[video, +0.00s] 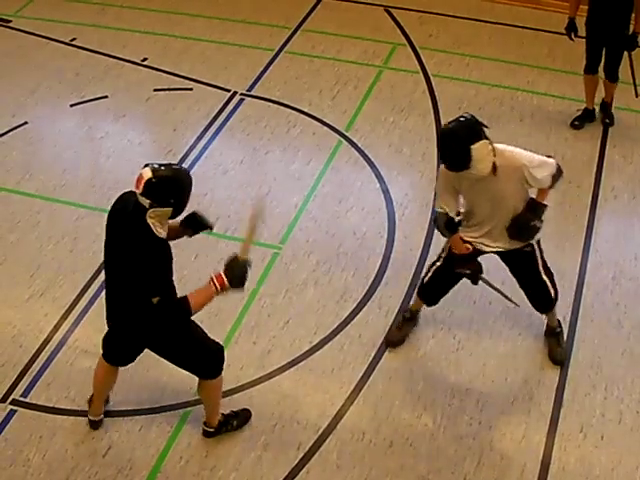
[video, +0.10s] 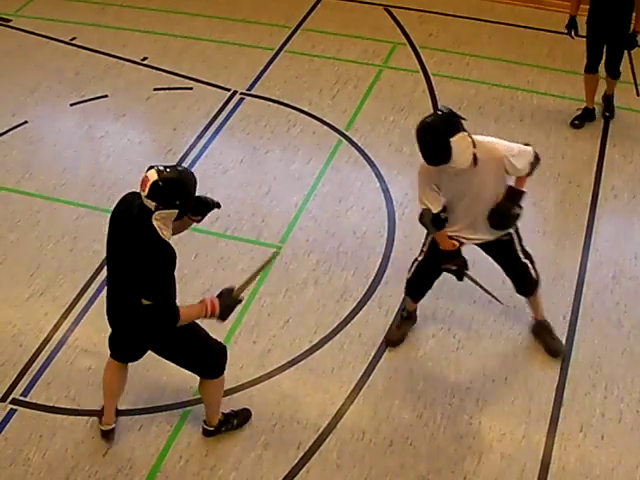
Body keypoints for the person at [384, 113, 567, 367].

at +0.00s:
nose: (481, 169)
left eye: (480, 162)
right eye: (473, 166)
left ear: (484, 149)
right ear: (459, 163)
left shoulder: (514, 160)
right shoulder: (450, 173)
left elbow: (552, 171)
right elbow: (442, 213)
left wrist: (535, 210)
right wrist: (453, 238)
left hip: (515, 240)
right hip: (471, 238)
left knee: (542, 293)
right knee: (434, 284)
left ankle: (553, 325)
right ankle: (412, 313)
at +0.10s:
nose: (460, 162)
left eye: (459, 155)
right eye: (452, 160)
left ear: (462, 141)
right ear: (437, 157)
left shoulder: (492, 150)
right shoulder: (430, 170)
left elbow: (528, 159)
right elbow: (430, 213)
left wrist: (512, 200)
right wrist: (445, 245)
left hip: (494, 227)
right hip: (452, 229)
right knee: (419, 279)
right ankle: (406, 314)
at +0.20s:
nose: (425, 152)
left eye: (430, 146)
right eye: (420, 148)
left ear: (442, 133)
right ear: (413, 140)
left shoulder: (474, 137)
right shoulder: (413, 162)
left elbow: (511, 149)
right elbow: (419, 210)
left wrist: (496, 190)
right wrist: (434, 243)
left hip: (479, 218)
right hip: (437, 225)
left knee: (504, 270)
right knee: (414, 278)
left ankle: (515, 305)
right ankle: (408, 312)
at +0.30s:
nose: (430, 141)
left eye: (433, 135)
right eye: (423, 137)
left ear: (443, 120)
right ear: (414, 131)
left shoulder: (474, 127)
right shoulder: (412, 151)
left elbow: (508, 142)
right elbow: (416, 199)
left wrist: (492, 182)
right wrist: (435, 236)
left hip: (475, 211)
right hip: (434, 217)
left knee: (498, 265)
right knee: (416, 269)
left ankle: (486, 287)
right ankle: (414, 311)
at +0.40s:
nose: (449, 134)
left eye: (452, 128)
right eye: (442, 131)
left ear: (462, 112)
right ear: (429, 124)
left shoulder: (488, 124)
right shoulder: (423, 144)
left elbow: (517, 146)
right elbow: (426, 191)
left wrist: (499, 183)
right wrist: (437, 232)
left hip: (481, 214)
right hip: (442, 218)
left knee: (490, 262)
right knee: (430, 270)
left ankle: (468, 270)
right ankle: (431, 314)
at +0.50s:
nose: (456, 134)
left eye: (459, 127)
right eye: (449, 130)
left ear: (469, 113)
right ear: (437, 123)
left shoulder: (493, 128)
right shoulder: (426, 141)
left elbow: (515, 154)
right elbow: (422, 189)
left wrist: (497, 188)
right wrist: (436, 231)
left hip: (475, 213)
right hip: (438, 215)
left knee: (476, 259)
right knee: (431, 272)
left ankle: (460, 262)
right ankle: (438, 319)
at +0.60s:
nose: (459, 141)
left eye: (466, 137)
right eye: (455, 136)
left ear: (482, 127)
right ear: (450, 124)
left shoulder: (501, 140)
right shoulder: (438, 141)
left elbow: (516, 166)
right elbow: (407, 190)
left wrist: (496, 197)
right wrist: (428, 230)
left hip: (472, 221)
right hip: (434, 220)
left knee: (482, 255)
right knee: (431, 286)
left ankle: (446, 243)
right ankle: (446, 327)